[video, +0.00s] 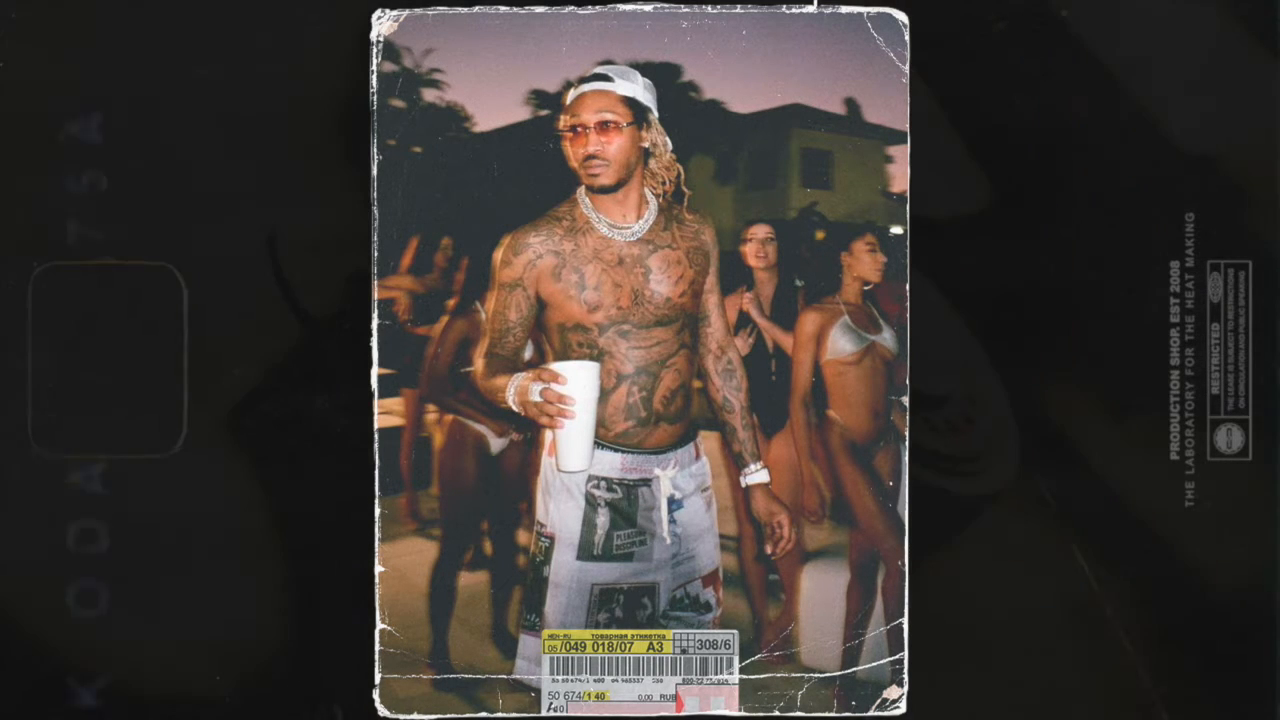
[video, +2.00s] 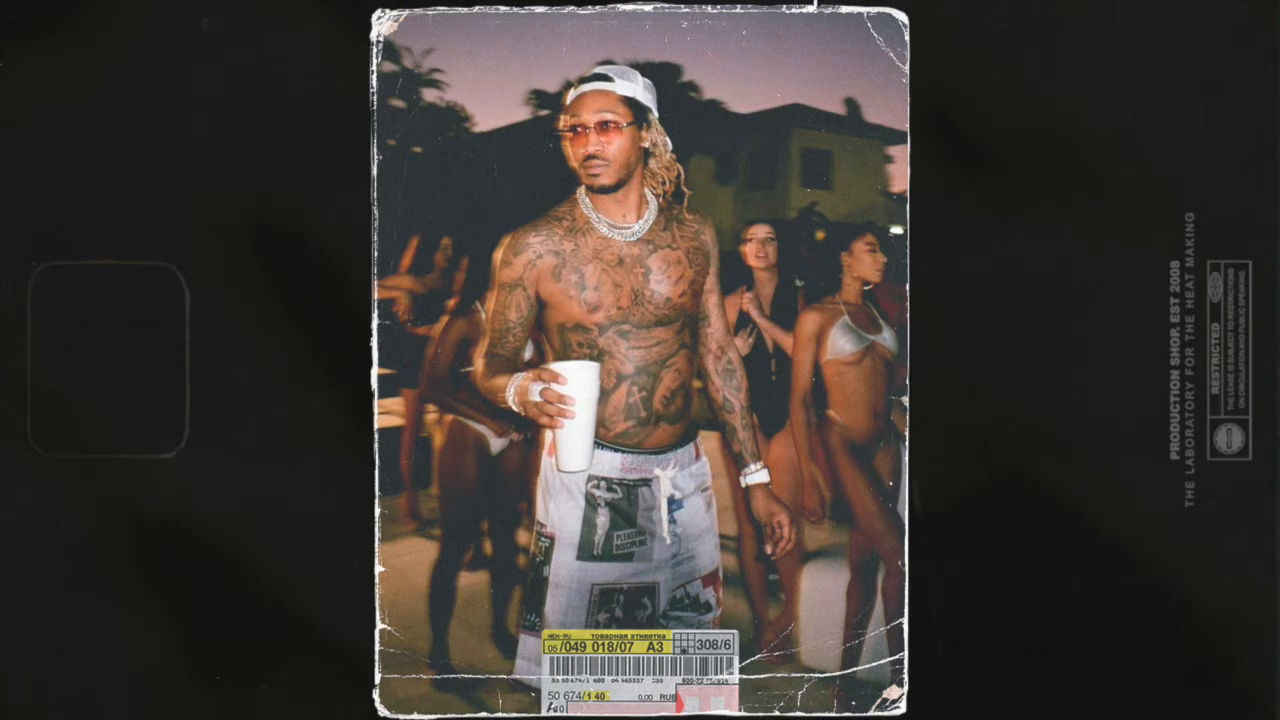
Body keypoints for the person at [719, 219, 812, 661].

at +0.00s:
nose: (760, 249)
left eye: (768, 241)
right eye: (752, 242)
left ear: (781, 249)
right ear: (741, 250)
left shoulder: (797, 295)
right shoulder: (730, 300)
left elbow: (803, 352)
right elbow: (713, 365)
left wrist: (761, 318)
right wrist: (736, 343)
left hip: (784, 419)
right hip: (738, 420)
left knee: (784, 520)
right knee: (748, 525)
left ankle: (793, 614)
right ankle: (761, 620)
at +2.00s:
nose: (760, 249)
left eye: (768, 241)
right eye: (752, 242)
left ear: (781, 249)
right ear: (741, 250)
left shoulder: (798, 296)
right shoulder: (731, 300)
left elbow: (804, 352)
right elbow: (714, 364)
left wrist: (762, 319)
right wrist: (733, 344)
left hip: (784, 419)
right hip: (738, 420)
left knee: (785, 521)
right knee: (749, 527)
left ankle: (794, 613)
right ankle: (763, 623)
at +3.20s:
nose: (760, 249)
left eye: (768, 241)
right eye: (752, 242)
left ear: (781, 249)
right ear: (741, 250)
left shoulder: (797, 296)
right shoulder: (730, 299)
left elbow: (804, 352)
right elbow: (713, 364)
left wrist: (761, 318)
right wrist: (734, 342)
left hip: (784, 420)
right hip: (738, 421)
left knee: (784, 522)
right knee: (749, 527)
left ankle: (794, 614)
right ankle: (763, 623)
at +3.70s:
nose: (760, 249)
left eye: (768, 241)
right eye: (752, 241)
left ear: (780, 249)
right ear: (740, 250)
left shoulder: (797, 295)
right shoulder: (730, 299)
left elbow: (803, 352)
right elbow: (715, 363)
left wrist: (761, 318)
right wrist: (736, 337)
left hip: (784, 419)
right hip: (738, 420)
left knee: (783, 522)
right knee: (749, 526)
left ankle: (794, 614)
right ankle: (762, 622)